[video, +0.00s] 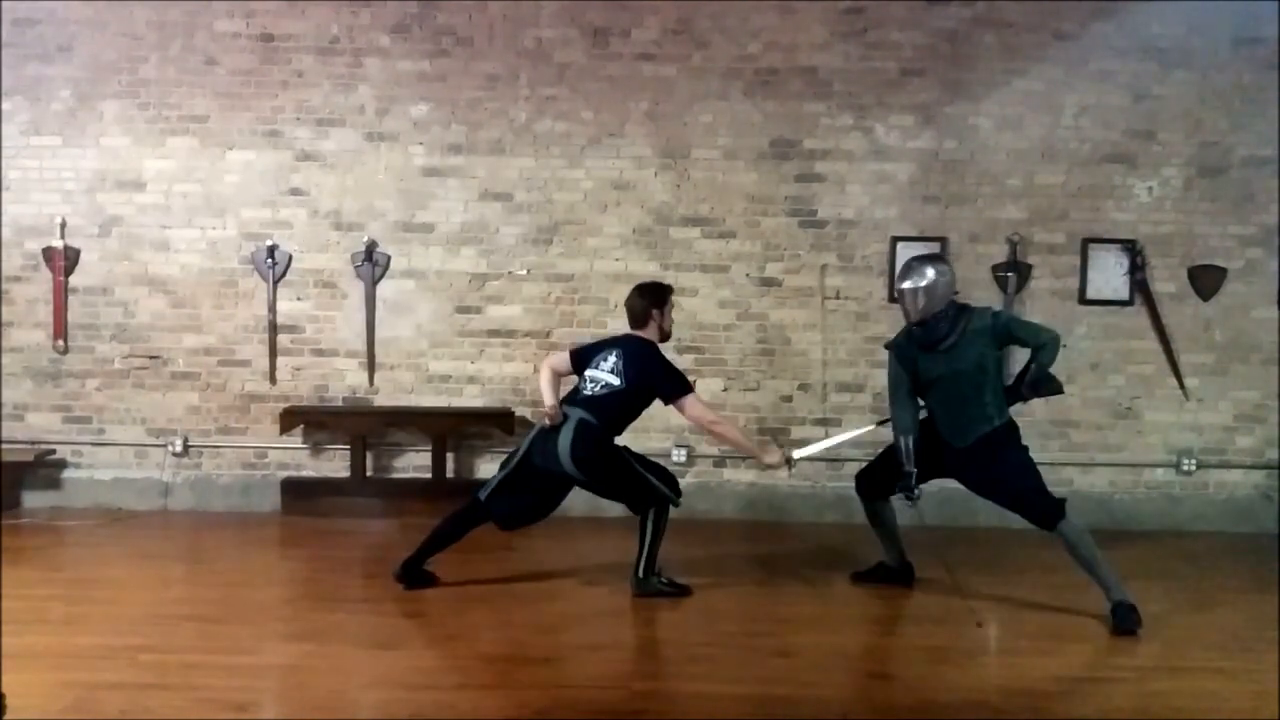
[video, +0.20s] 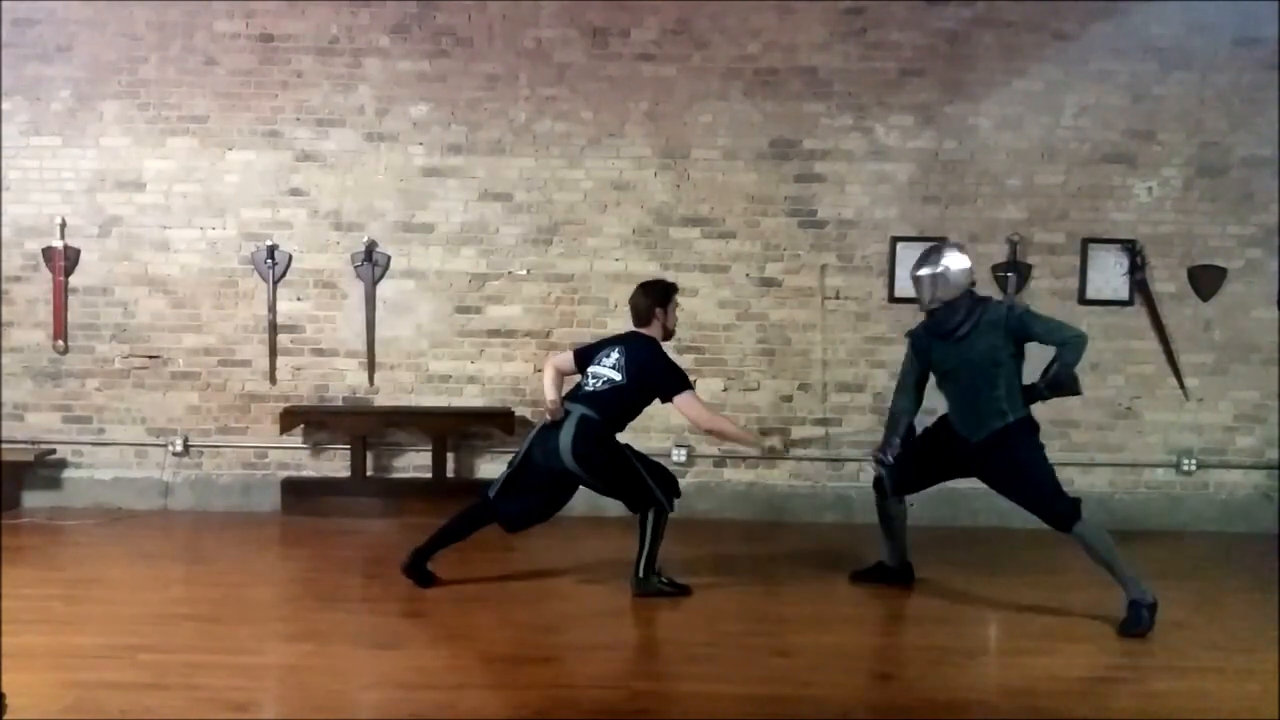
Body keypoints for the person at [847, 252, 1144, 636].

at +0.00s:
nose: (905, 302)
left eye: (913, 292)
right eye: (903, 293)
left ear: (939, 292)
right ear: (909, 298)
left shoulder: (987, 324)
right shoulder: (904, 349)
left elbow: (1049, 341)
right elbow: (903, 413)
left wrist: (1021, 387)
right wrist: (907, 466)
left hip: (991, 443)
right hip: (936, 442)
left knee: (1051, 516)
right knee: (869, 484)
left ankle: (1120, 601)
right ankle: (896, 565)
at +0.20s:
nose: (925, 293)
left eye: (932, 282)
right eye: (921, 283)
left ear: (955, 281)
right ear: (920, 287)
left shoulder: (1002, 316)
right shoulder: (924, 339)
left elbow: (1073, 339)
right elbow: (905, 400)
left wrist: (1049, 383)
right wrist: (889, 447)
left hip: (1009, 440)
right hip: (956, 438)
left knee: (1066, 517)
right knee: (888, 481)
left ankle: (1139, 597)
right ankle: (896, 566)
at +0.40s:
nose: (1000, 260)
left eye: (1009, 250)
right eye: (999, 251)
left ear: (1035, 251)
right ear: (1000, 257)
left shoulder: (1078, 296)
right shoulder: (995, 310)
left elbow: (1141, 334)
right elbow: (949, 353)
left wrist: (1101, 377)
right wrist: (889, 361)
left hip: (1060, 425)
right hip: (1007, 425)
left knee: (1102, 517)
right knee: (952, 493)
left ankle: (1167, 606)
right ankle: (914, 566)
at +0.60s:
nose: (1049, 240)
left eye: (1060, 230)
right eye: (1050, 230)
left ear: (1083, 234)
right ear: (1053, 233)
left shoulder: (1115, 285)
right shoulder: (1040, 294)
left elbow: (1174, 327)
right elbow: (992, 327)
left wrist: (1133, 370)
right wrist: (936, 331)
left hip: (1097, 416)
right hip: (1047, 417)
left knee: (1125, 512)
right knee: (991, 490)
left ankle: (1178, 610)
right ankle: (1021, 588)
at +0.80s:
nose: (1070, 235)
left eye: (1082, 224)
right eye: (1068, 226)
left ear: (1107, 229)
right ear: (1064, 232)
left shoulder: (1132, 281)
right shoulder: (1059, 295)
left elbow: (1192, 322)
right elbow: (1020, 339)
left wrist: (1146, 368)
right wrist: (977, 351)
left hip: (1113, 413)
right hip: (1065, 414)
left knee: (1135, 511)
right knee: (1010, 492)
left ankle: (1180, 611)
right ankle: (1026, 592)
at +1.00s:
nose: (1072, 237)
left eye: (1082, 226)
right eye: (1070, 227)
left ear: (1108, 230)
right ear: (1068, 231)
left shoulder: (1139, 279)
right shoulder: (1065, 293)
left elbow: (1200, 320)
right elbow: (1030, 340)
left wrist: (1152, 366)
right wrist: (994, 363)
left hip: (1117, 412)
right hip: (1069, 412)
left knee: (1135, 510)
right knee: (1015, 491)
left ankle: (1179, 612)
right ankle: (1025, 592)